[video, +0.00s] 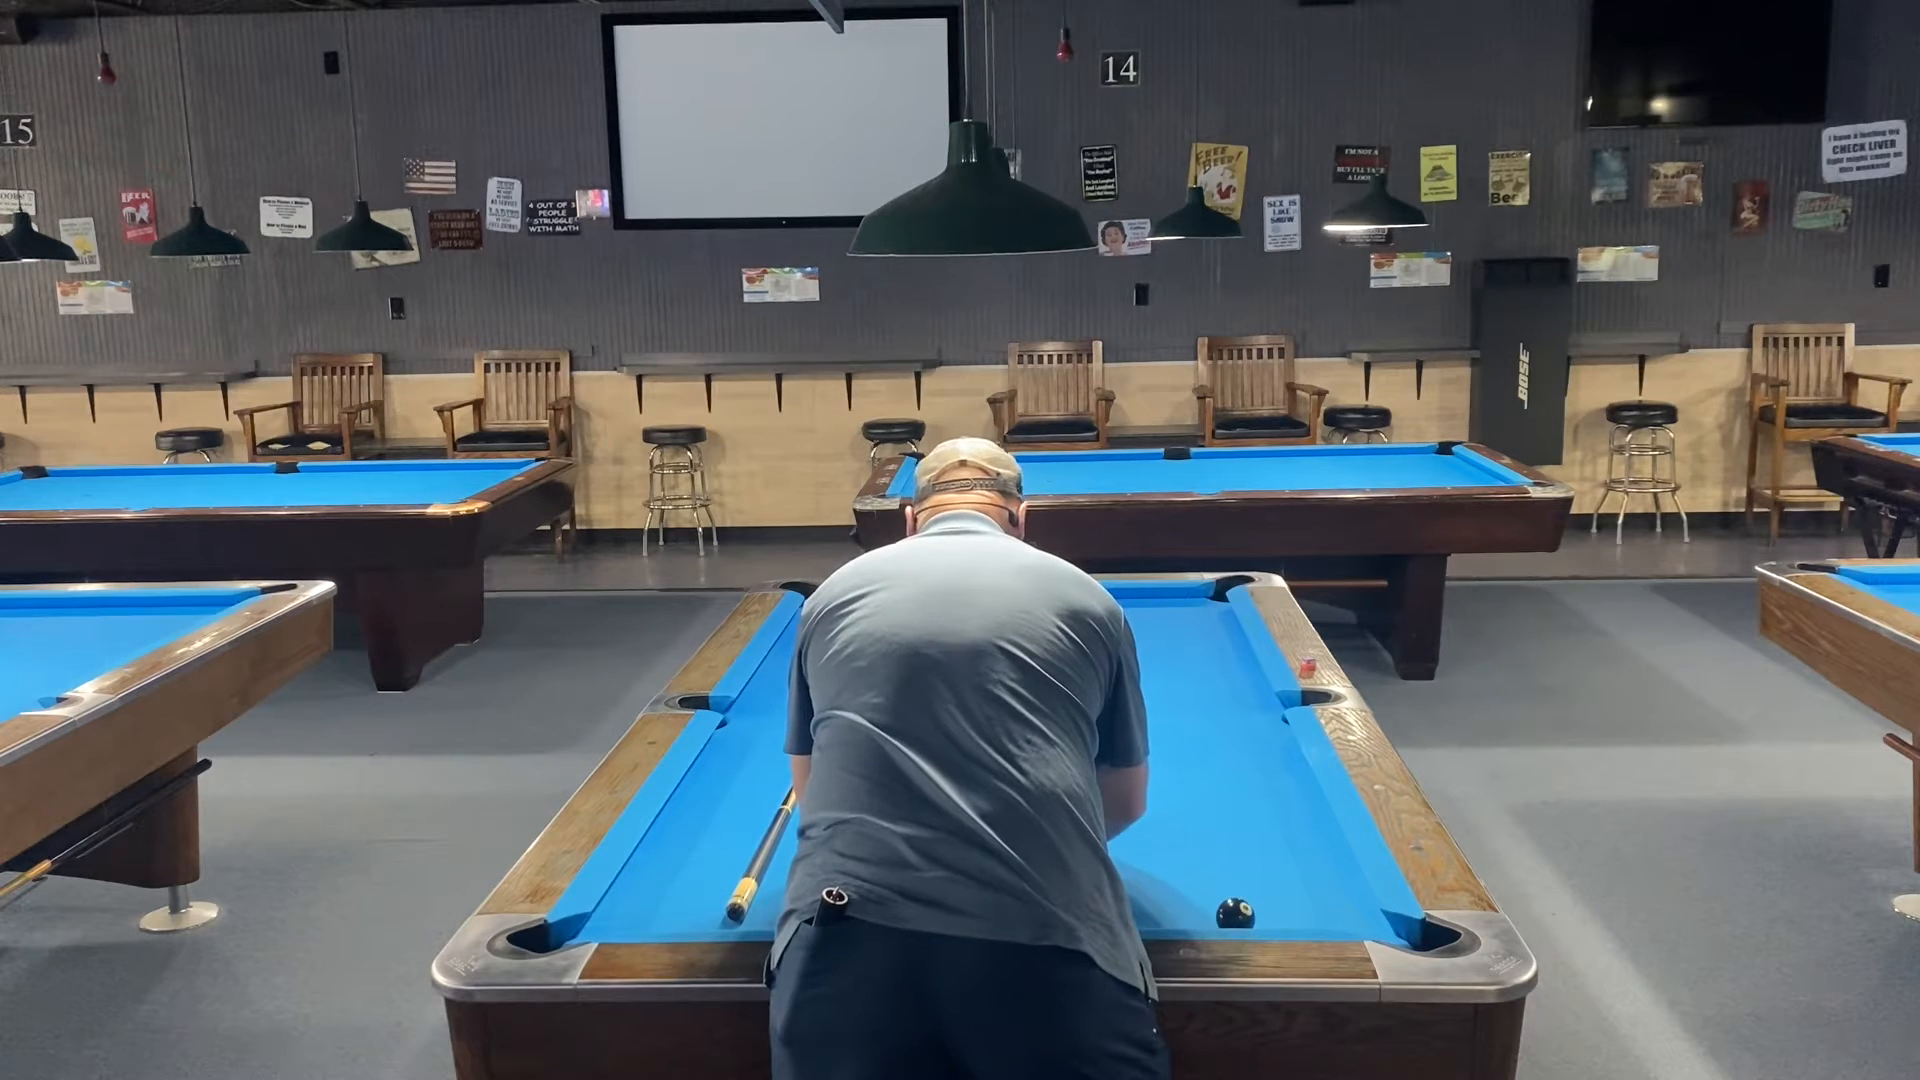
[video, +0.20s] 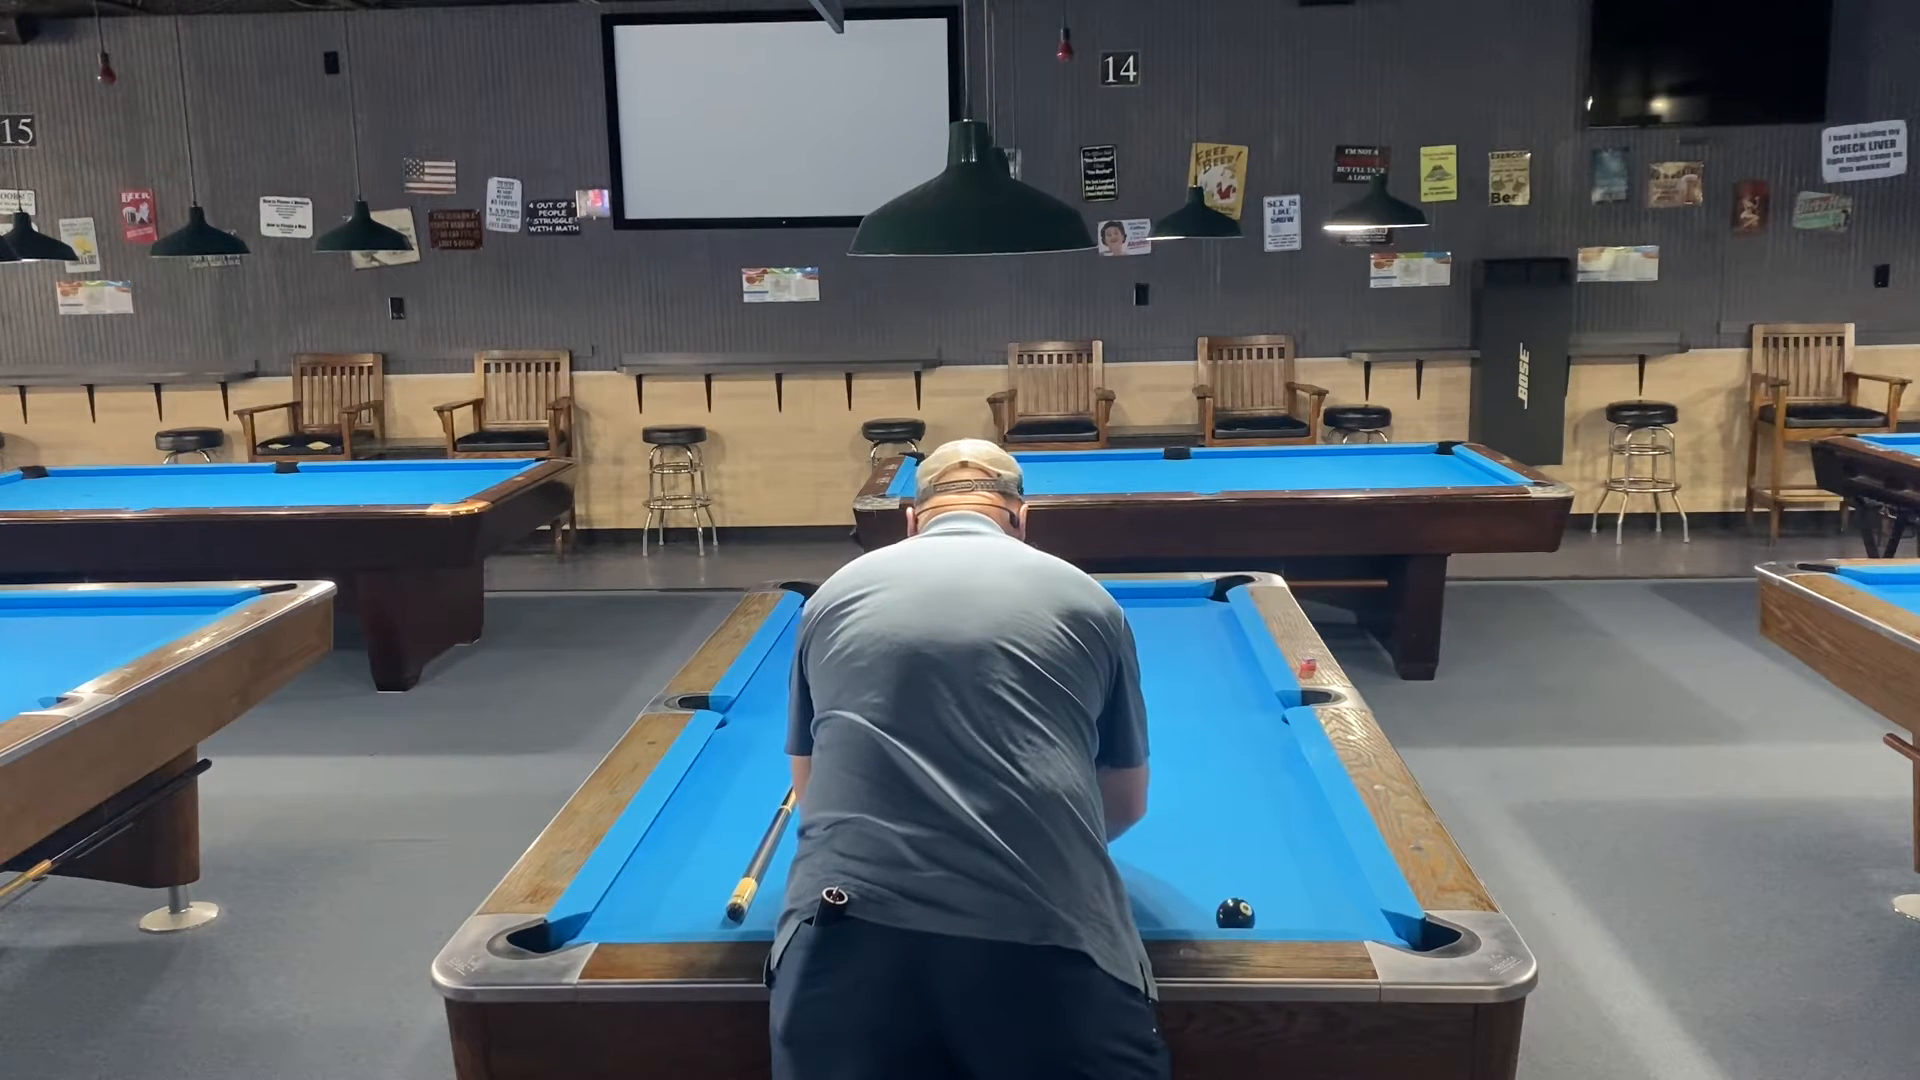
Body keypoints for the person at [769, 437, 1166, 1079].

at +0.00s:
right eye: (1020, 509)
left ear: (911, 518)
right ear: (1018, 514)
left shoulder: (834, 591)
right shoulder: (1088, 597)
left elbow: (809, 786)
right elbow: (1123, 798)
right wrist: (1028, 845)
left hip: (846, 955)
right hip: (1050, 962)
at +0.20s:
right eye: (1020, 511)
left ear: (913, 518)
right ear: (1018, 515)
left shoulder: (834, 592)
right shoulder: (1089, 597)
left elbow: (809, 788)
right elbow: (1123, 800)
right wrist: (1030, 848)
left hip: (846, 954)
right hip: (1051, 962)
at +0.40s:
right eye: (1020, 512)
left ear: (913, 519)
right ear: (1018, 517)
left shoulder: (834, 592)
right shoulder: (1089, 598)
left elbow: (809, 789)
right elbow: (1123, 801)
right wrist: (1031, 849)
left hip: (846, 956)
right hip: (1050, 963)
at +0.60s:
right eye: (1020, 513)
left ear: (913, 519)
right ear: (1018, 517)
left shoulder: (835, 592)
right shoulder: (1089, 598)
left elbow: (809, 790)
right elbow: (1124, 801)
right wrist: (1030, 848)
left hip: (846, 956)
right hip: (1050, 962)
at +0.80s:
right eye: (1021, 513)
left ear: (912, 520)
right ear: (1018, 518)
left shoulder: (835, 591)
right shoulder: (1089, 597)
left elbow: (809, 788)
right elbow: (1124, 801)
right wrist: (1029, 848)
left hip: (846, 955)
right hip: (1050, 962)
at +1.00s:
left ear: (912, 520)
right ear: (1018, 519)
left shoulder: (835, 591)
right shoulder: (1089, 597)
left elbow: (810, 787)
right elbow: (1125, 800)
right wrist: (1030, 848)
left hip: (847, 955)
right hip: (1051, 962)